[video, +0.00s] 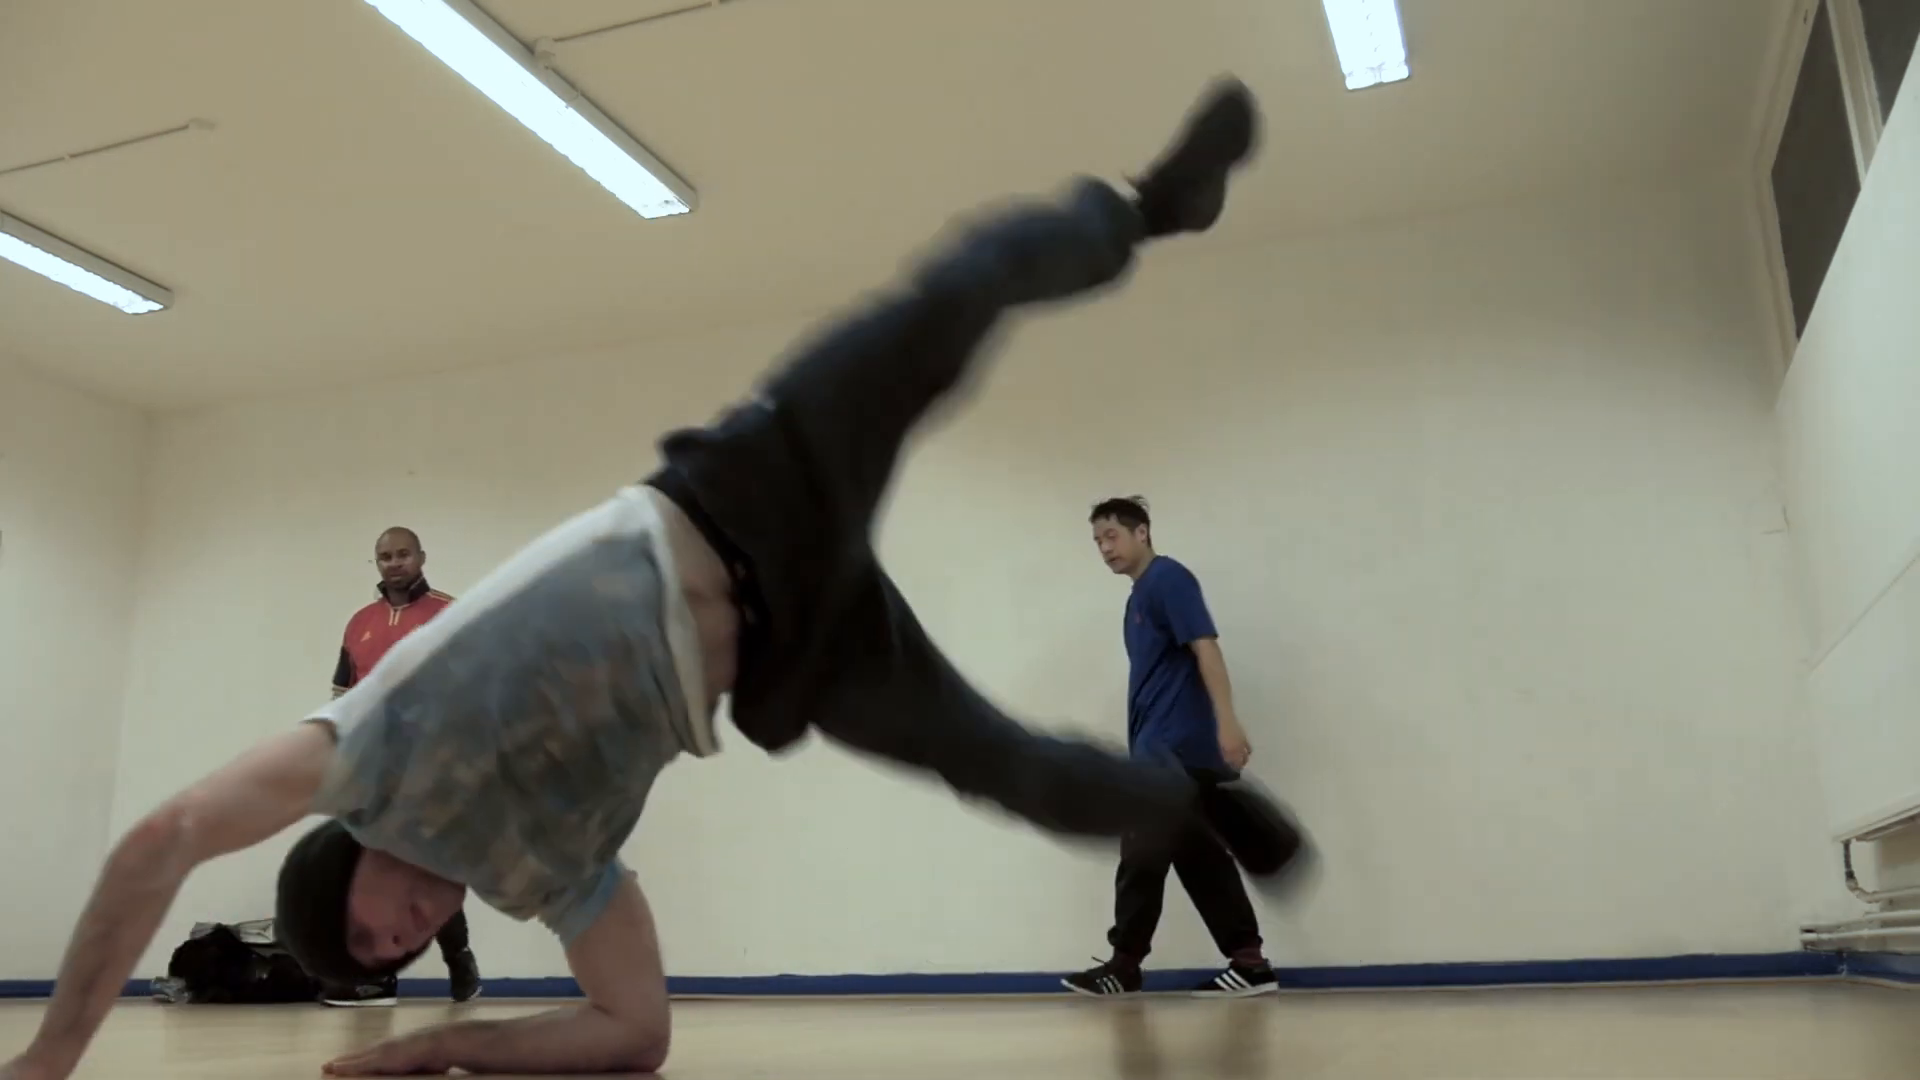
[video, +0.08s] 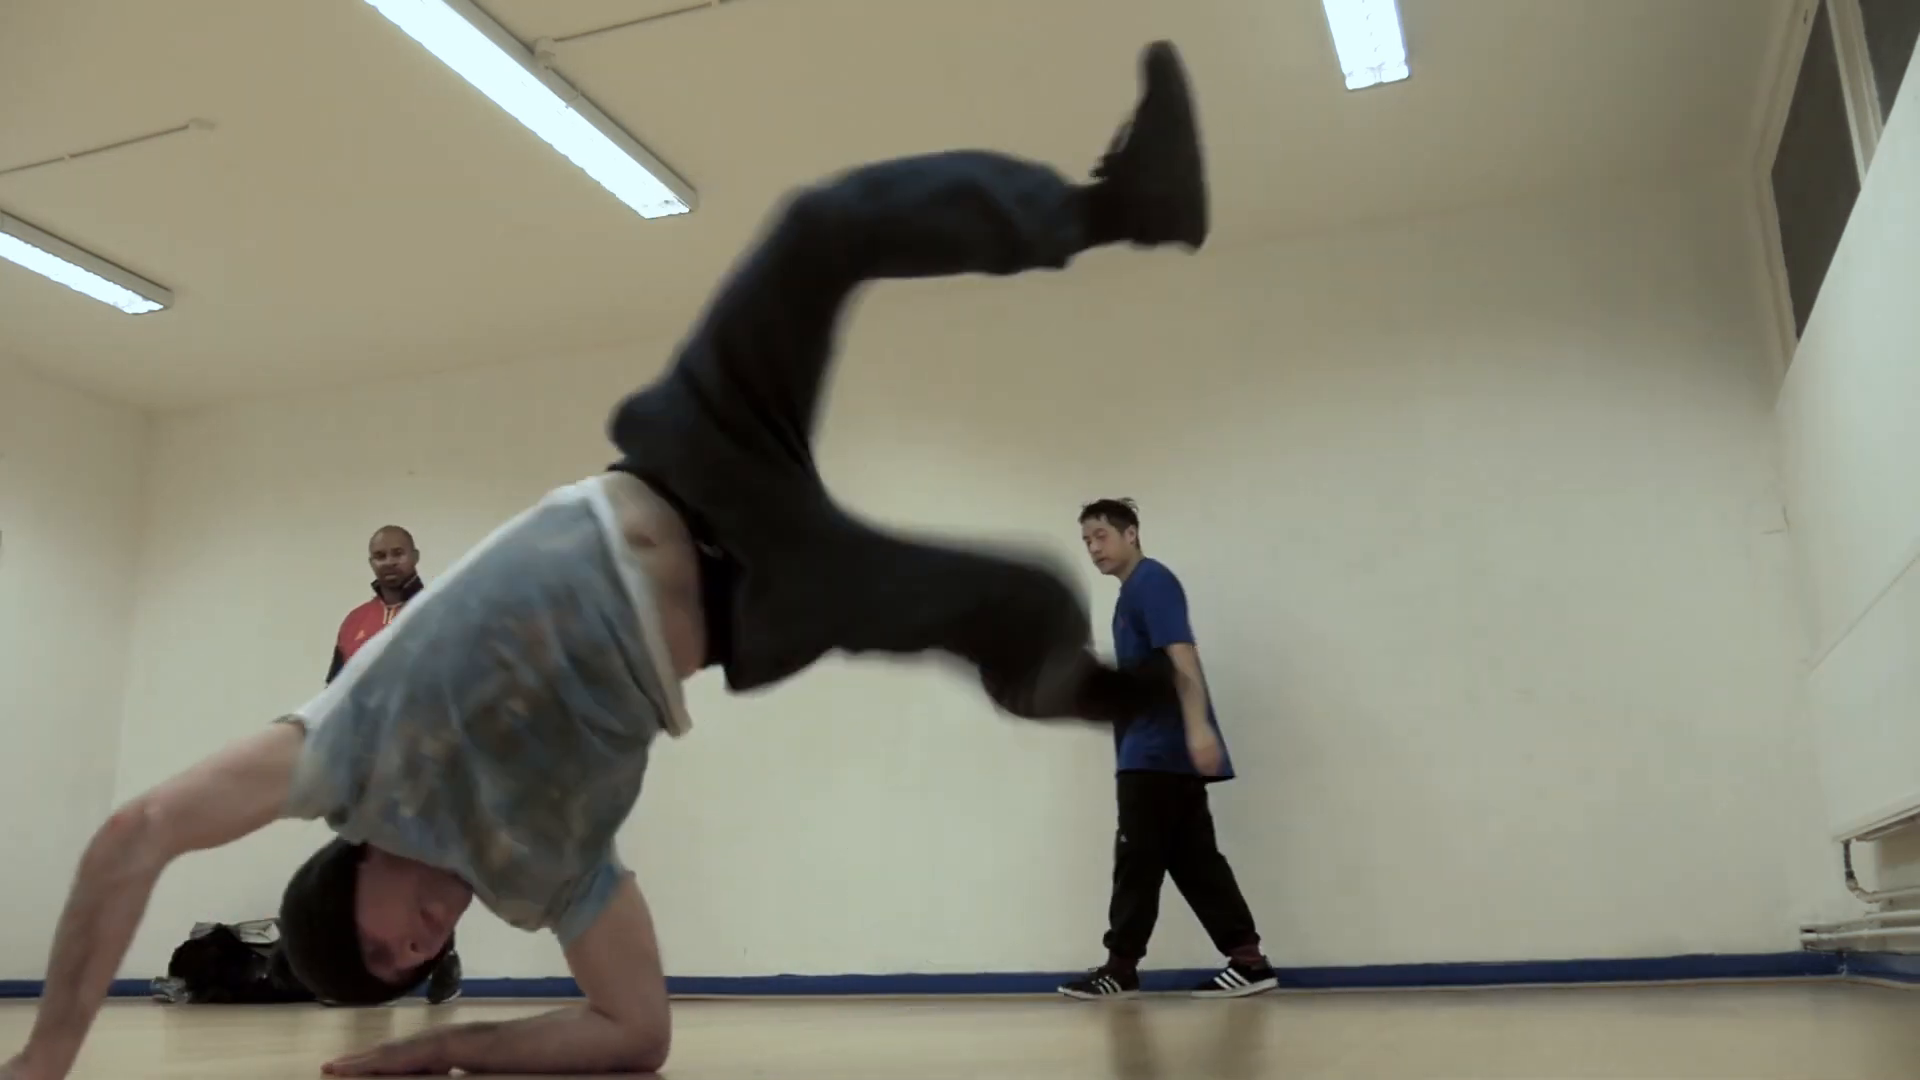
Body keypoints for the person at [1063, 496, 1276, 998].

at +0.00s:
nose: (1105, 547)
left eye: (1112, 536)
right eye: (1099, 541)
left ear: (1142, 533)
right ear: (1100, 547)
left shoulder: (1168, 579)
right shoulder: (1139, 594)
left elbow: (1206, 649)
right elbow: (1156, 673)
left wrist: (1228, 726)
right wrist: (1145, 744)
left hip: (1176, 747)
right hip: (1159, 749)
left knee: (1142, 852)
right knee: (1200, 853)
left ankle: (1125, 967)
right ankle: (1250, 962)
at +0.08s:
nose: (1093, 548)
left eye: (1100, 536)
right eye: (1088, 541)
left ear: (1130, 534)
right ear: (1093, 546)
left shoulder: (1152, 583)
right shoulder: (1132, 592)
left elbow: (1185, 662)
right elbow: (1144, 675)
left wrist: (1199, 733)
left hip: (1156, 754)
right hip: (1154, 755)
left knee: (1137, 862)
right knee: (1195, 860)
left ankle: (1120, 970)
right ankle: (1249, 961)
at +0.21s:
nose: (1076, 545)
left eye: (1084, 534)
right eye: (1070, 538)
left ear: (1113, 533)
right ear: (1072, 543)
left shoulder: (1128, 581)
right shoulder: (1119, 587)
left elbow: (1137, 660)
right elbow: (1119, 683)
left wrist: (1129, 734)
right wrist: (1106, 766)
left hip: (1132, 748)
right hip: (1143, 748)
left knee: (1118, 860)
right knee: (1165, 855)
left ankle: (1117, 970)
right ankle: (1238, 952)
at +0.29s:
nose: (1066, 545)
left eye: (1074, 534)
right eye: (1061, 537)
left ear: (1104, 533)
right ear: (1067, 543)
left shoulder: (1116, 581)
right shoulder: (1110, 585)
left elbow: (1107, 664)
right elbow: (1104, 674)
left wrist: (1073, 739)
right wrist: (1081, 763)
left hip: (1121, 750)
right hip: (1129, 750)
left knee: (1110, 860)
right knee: (1131, 856)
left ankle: (1116, 971)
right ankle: (1218, 939)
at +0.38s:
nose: (1056, 545)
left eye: (1064, 534)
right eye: (1051, 537)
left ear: (1094, 533)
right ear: (1054, 541)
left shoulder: (1104, 583)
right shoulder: (1098, 584)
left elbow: (1081, 666)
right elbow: (1095, 680)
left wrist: (1024, 725)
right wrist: (1070, 741)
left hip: (1109, 750)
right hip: (1100, 750)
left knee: (1102, 857)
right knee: (1104, 856)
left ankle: (1115, 972)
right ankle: (1190, 925)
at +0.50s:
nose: (1039, 544)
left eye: (1048, 533)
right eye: (1035, 536)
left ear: (1078, 533)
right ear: (1038, 539)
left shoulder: (1087, 583)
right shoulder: (1077, 585)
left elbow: (1049, 662)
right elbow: (1085, 689)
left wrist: (983, 702)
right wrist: (1054, 751)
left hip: (1092, 747)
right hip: (1075, 749)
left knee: (1099, 857)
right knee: (1051, 846)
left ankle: (1117, 969)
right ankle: (1126, 934)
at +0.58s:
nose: (1026, 547)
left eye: (1035, 536)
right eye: (1021, 539)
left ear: (1064, 535)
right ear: (1023, 543)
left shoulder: (1076, 587)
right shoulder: (1061, 589)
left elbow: (1042, 671)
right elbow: (1064, 686)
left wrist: (968, 706)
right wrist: (1044, 761)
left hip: (1086, 751)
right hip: (1063, 751)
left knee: (1093, 855)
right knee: (1034, 844)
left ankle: (1115, 969)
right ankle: (1078, 956)